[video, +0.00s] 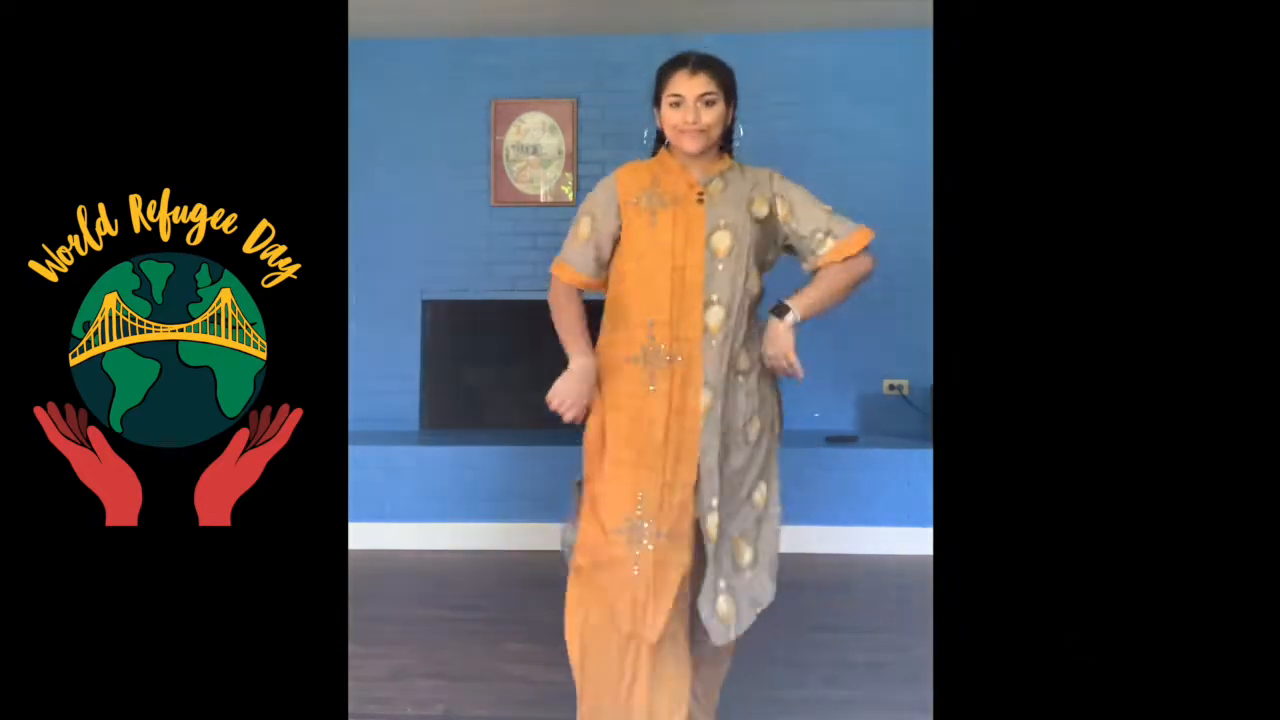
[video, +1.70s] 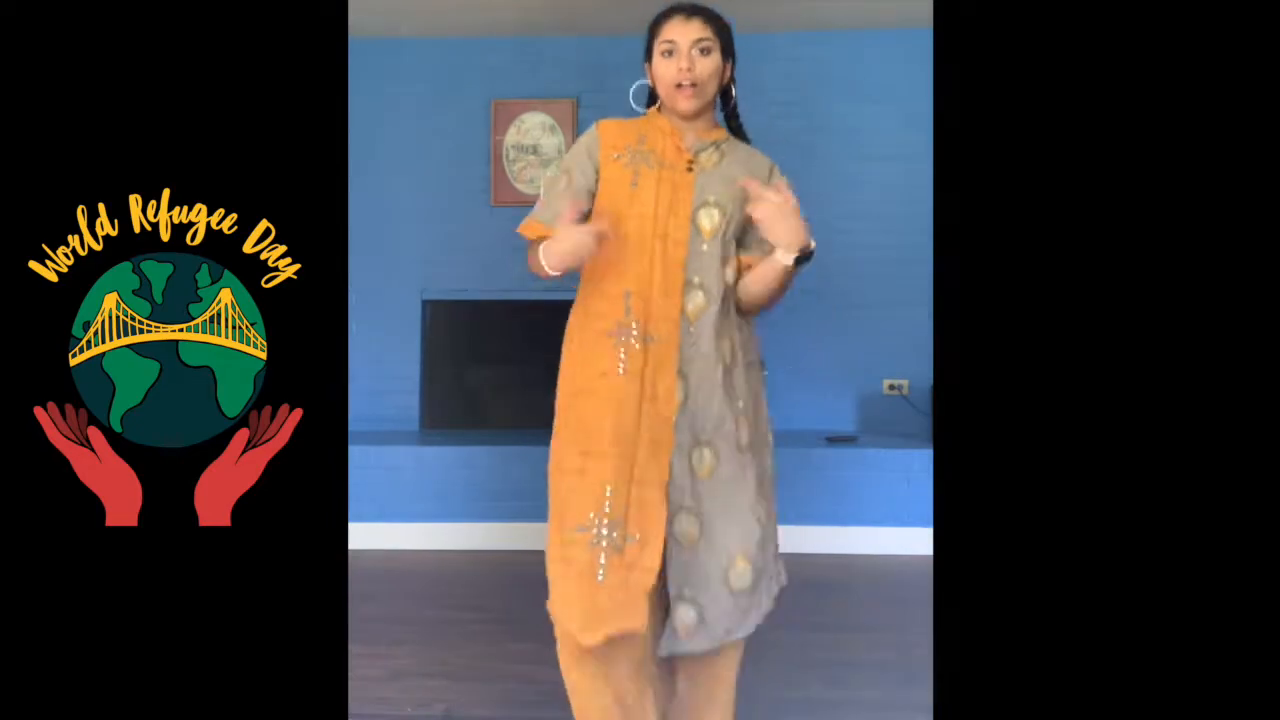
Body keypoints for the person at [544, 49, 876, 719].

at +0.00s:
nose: (691, 114)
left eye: (706, 102)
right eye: (677, 103)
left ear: (728, 112)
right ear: (658, 114)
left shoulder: (762, 190)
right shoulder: (622, 190)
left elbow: (855, 256)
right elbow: (565, 285)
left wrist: (788, 315)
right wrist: (582, 363)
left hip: (728, 418)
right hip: (635, 416)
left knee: (719, 593)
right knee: (632, 587)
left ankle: (695, 710)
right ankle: (629, 709)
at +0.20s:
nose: (689, 127)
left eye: (704, 115)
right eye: (674, 116)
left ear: (725, 127)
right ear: (654, 129)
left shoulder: (752, 219)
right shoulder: (614, 204)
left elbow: (788, 334)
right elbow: (551, 301)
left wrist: (768, 266)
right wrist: (596, 265)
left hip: (730, 432)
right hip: (634, 433)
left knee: (721, 593)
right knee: (627, 583)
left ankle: (701, 708)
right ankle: (642, 707)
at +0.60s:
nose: (671, 66)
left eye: (688, 55)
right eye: (654, 56)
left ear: (712, 76)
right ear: (634, 78)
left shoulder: (744, 156)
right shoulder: (600, 161)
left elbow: (749, 269)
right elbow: (597, 265)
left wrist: (762, 348)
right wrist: (582, 335)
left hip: (699, 406)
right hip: (603, 403)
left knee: (696, 582)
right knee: (594, 577)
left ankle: (703, 706)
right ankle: (597, 705)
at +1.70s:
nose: (685, 65)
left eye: (702, 51)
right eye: (670, 52)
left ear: (726, 69)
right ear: (649, 71)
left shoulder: (754, 170)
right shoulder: (604, 144)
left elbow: (747, 296)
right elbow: (543, 253)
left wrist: (790, 250)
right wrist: (565, 249)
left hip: (710, 399)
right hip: (610, 395)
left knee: (713, 596)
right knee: (605, 599)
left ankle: (699, 714)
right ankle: (623, 714)